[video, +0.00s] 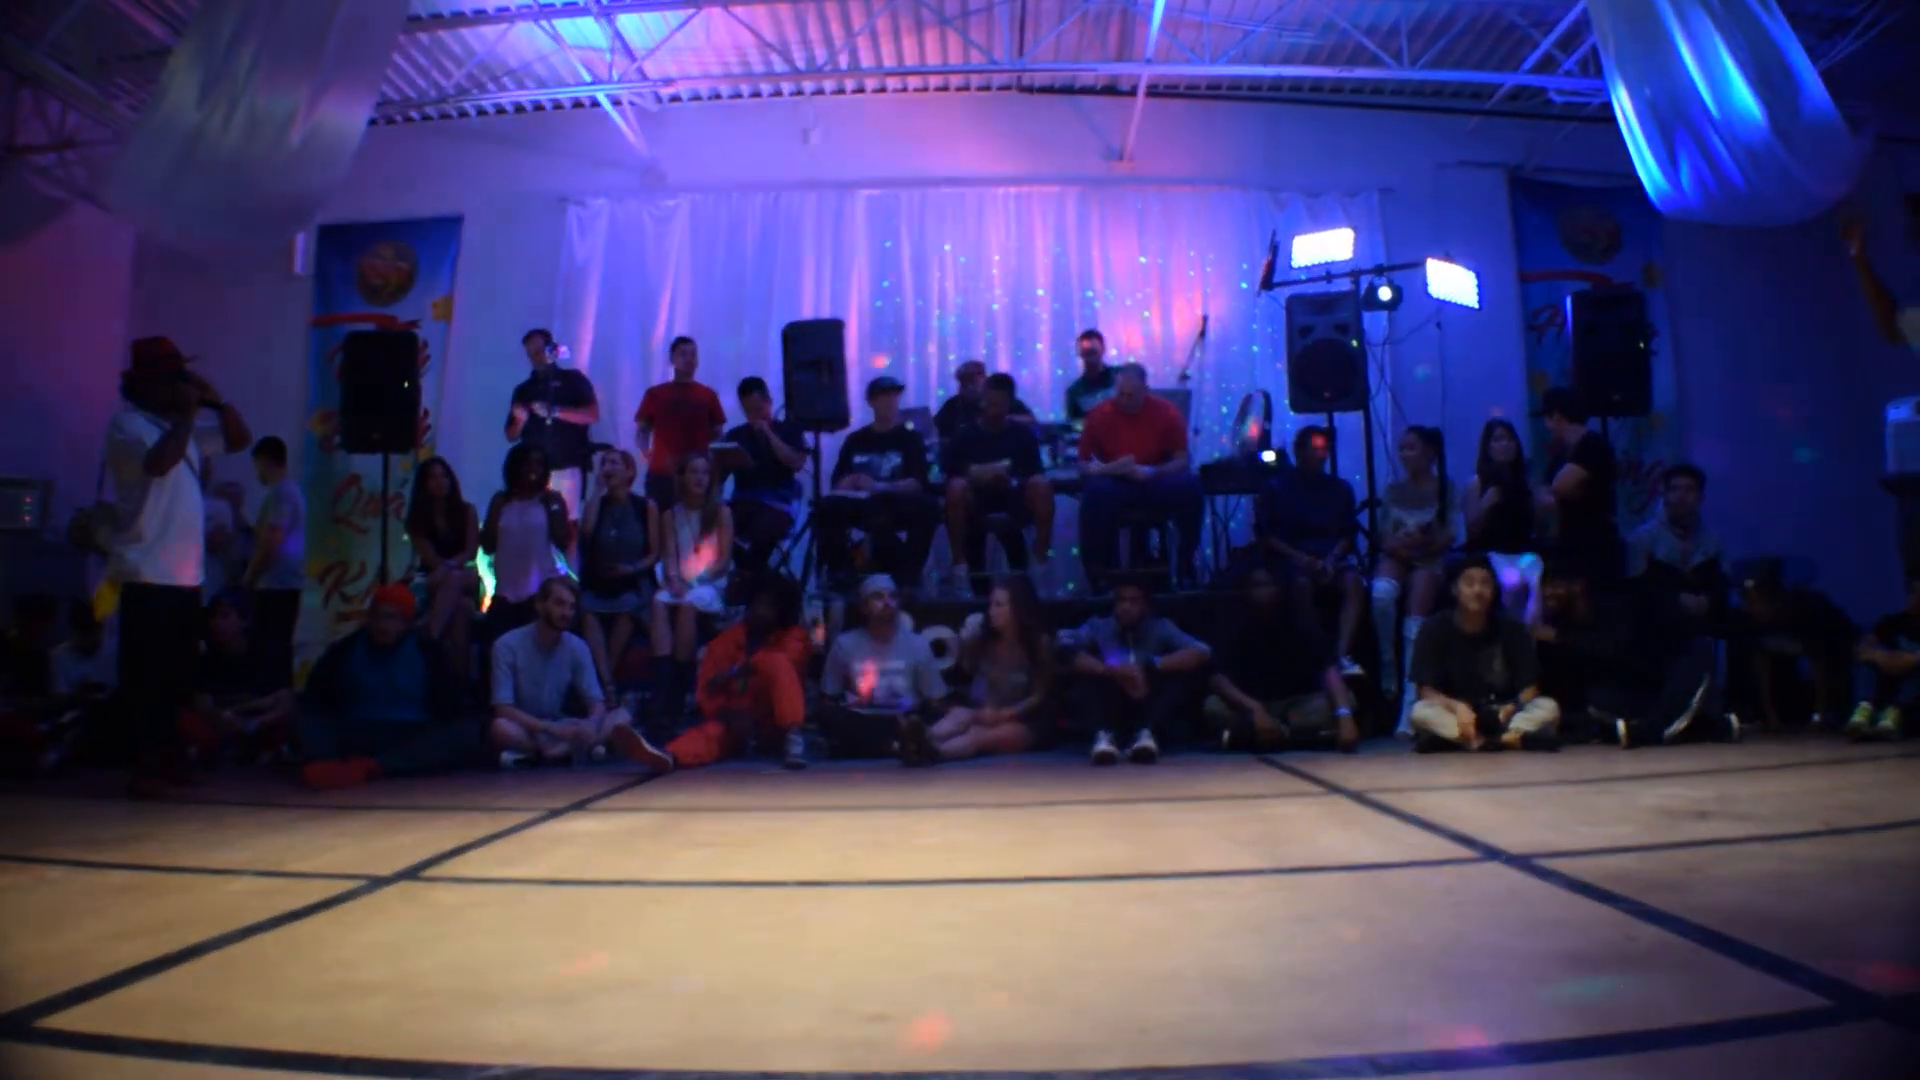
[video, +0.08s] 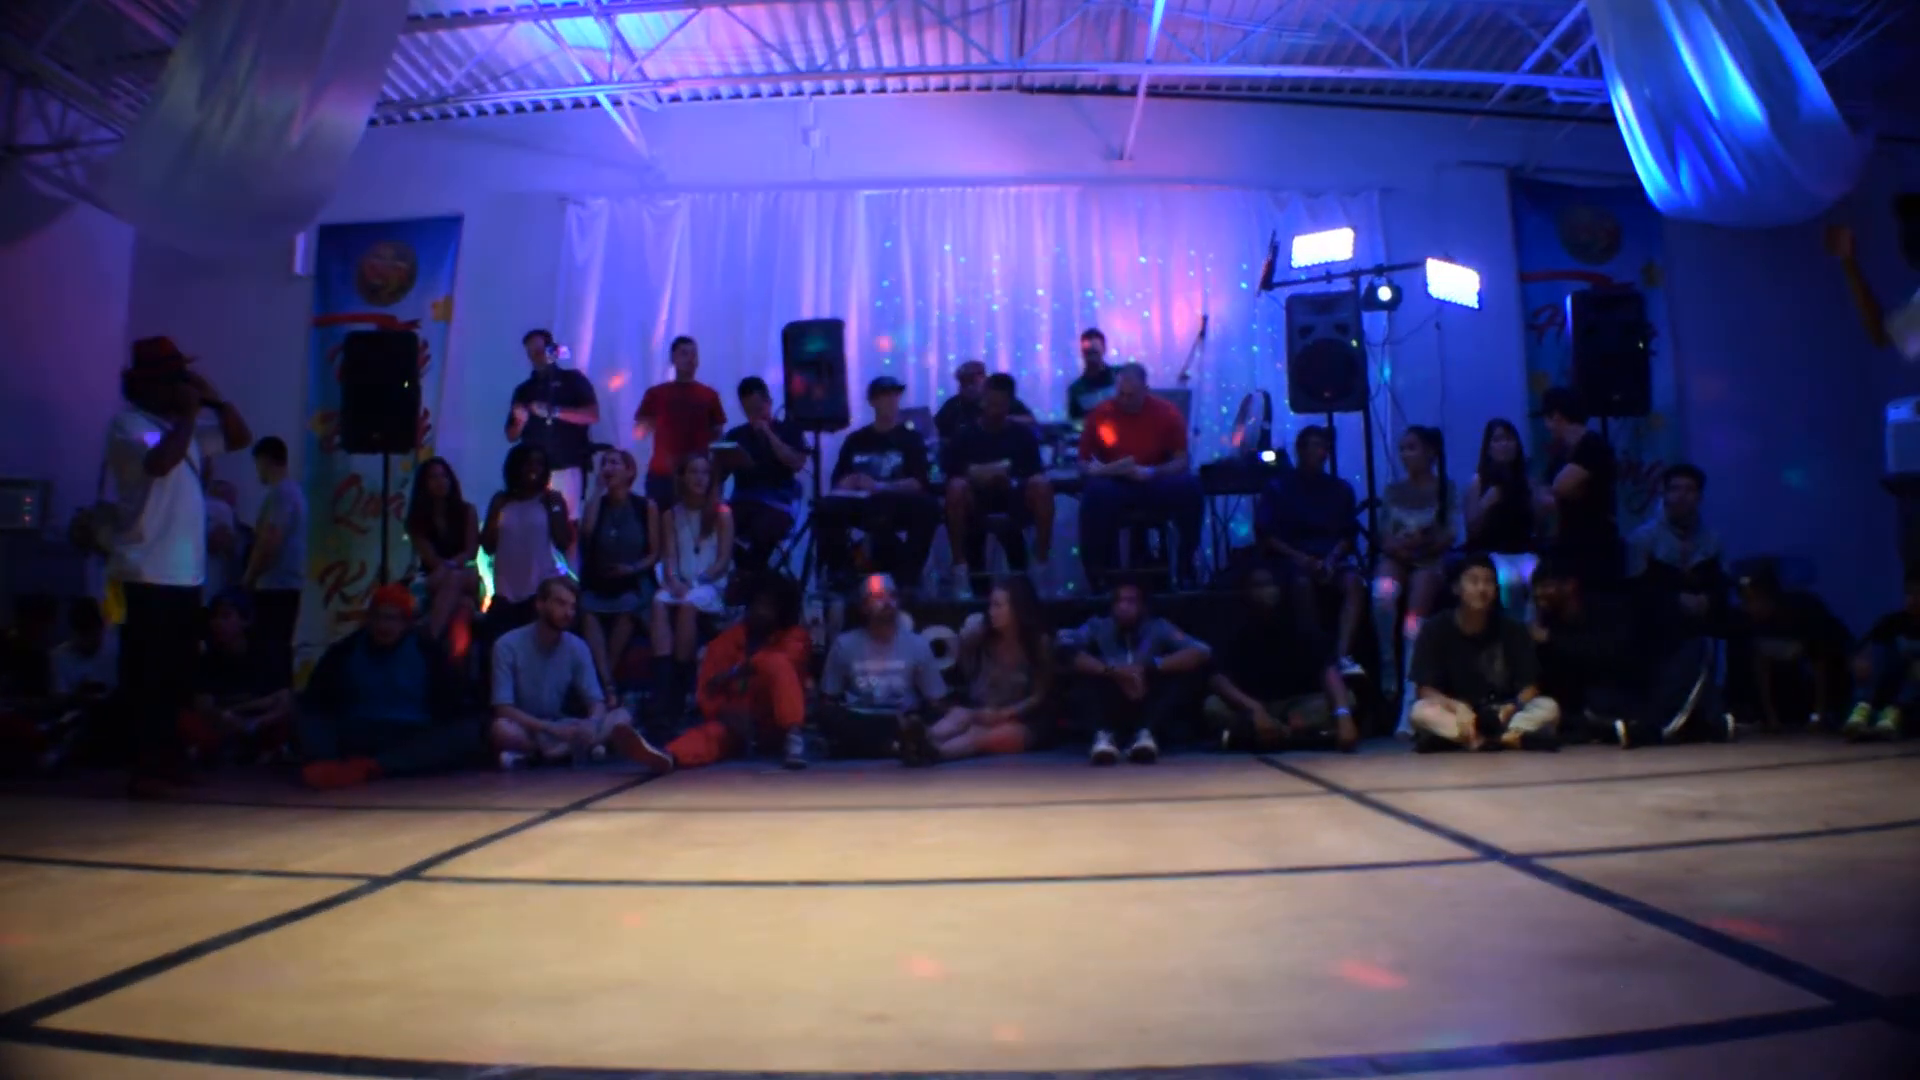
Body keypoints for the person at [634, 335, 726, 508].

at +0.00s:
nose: (689, 359)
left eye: (693, 354)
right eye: (683, 354)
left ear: (697, 359)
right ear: (672, 359)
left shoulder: (708, 396)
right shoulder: (655, 394)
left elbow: (717, 432)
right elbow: (642, 429)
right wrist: (648, 454)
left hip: (696, 475)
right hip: (662, 472)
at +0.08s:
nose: (690, 359)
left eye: (693, 354)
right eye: (684, 353)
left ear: (698, 359)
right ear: (673, 358)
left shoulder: (709, 396)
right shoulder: (656, 394)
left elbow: (717, 432)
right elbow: (639, 433)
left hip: (697, 477)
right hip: (662, 473)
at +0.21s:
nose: (689, 359)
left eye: (693, 354)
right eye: (683, 354)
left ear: (698, 359)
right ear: (673, 360)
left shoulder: (711, 396)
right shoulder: (661, 393)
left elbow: (719, 438)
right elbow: (633, 424)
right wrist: (649, 394)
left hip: (697, 478)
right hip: (663, 475)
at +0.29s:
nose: (689, 359)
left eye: (693, 354)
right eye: (683, 355)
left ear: (698, 359)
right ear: (672, 360)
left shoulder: (711, 395)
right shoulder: (660, 392)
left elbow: (720, 438)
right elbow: (632, 416)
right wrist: (652, 381)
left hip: (697, 478)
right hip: (663, 475)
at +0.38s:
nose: (687, 360)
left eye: (691, 354)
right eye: (681, 355)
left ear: (697, 359)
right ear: (672, 360)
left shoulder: (711, 395)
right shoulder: (659, 391)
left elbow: (719, 435)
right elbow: (632, 406)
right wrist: (659, 368)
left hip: (697, 478)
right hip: (663, 475)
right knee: (661, 533)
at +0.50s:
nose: (685, 360)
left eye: (690, 355)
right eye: (679, 355)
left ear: (696, 360)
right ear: (671, 360)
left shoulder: (711, 395)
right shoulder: (659, 390)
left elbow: (719, 438)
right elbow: (635, 398)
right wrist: (664, 363)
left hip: (697, 480)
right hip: (662, 476)